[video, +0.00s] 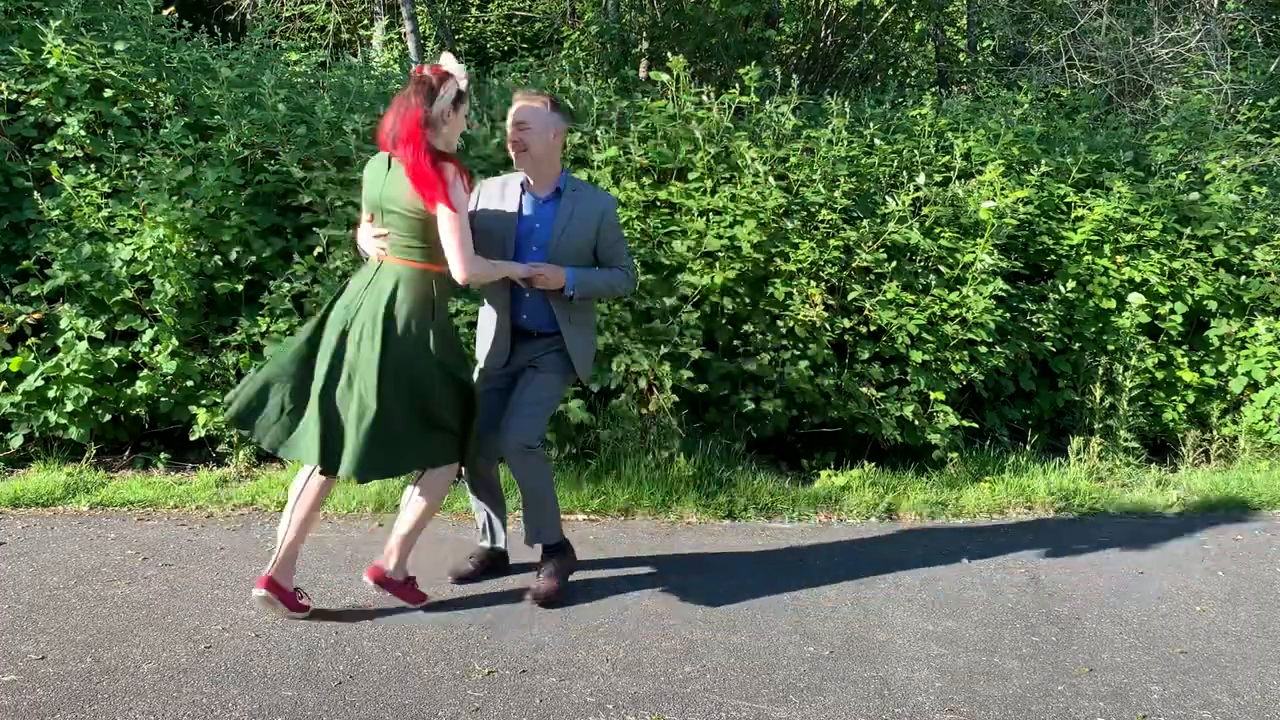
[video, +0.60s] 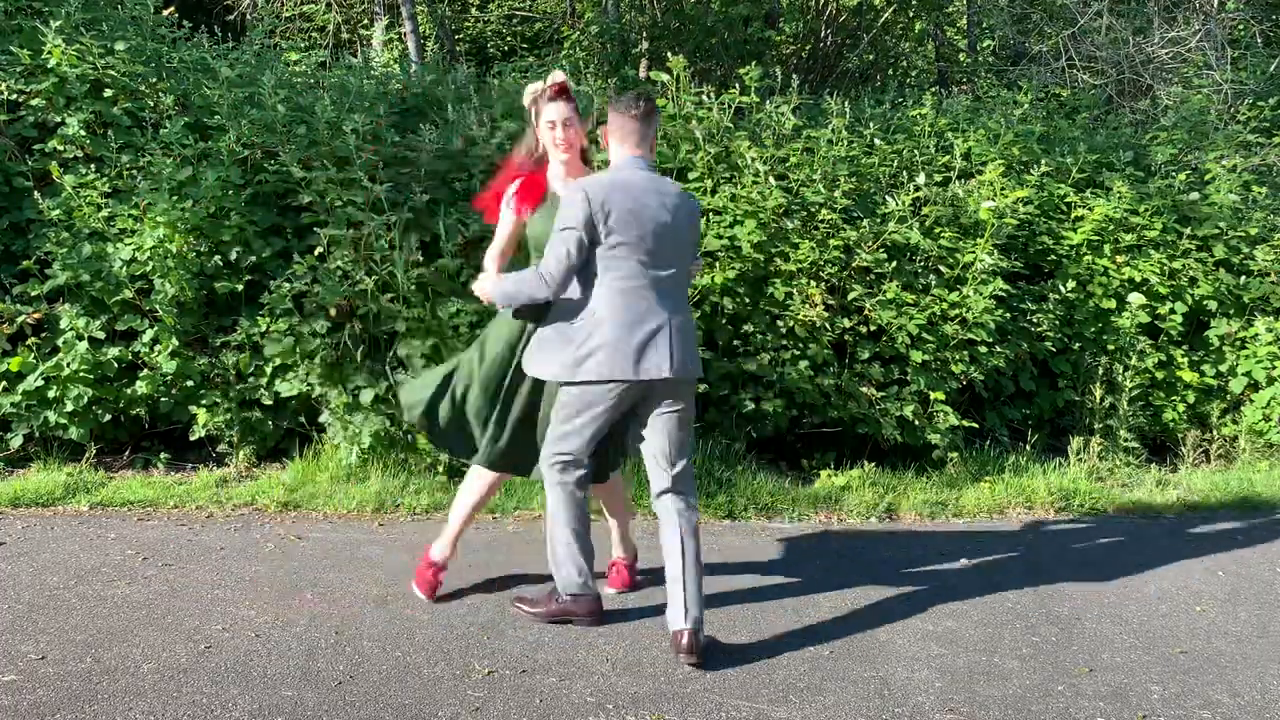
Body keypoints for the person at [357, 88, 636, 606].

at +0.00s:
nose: (512, 136)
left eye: (525, 127)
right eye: (509, 127)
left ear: (560, 135)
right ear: (507, 136)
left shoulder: (596, 206)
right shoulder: (487, 193)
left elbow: (624, 278)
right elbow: (437, 238)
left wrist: (567, 277)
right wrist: (370, 236)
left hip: (558, 349)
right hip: (499, 345)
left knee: (519, 441)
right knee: (476, 445)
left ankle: (553, 552)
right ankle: (493, 547)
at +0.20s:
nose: (532, 147)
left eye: (537, 136)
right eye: (536, 137)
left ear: (557, 137)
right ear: (571, 140)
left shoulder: (618, 198)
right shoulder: (544, 204)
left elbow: (655, 269)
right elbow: (499, 246)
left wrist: (580, 271)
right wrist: (439, 244)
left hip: (592, 356)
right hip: (549, 352)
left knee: (543, 464)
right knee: (516, 453)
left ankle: (578, 593)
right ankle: (496, 551)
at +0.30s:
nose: (553, 140)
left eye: (555, 129)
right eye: (556, 129)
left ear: (568, 126)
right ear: (593, 128)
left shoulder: (617, 181)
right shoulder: (580, 188)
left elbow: (632, 249)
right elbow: (579, 257)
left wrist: (550, 248)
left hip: (609, 354)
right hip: (583, 353)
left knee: (559, 459)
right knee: (540, 444)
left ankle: (580, 596)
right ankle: (552, 559)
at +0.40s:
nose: (568, 134)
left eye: (570, 124)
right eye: (571, 125)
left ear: (580, 127)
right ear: (617, 130)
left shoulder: (608, 182)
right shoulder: (614, 180)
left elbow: (597, 253)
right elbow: (589, 253)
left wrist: (511, 251)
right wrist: (515, 252)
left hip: (602, 355)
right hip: (616, 354)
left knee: (563, 466)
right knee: (582, 465)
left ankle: (578, 594)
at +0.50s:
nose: (584, 139)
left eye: (586, 132)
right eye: (590, 133)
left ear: (594, 135)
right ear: (641, 140)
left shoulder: (595, 187)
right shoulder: (659, 196)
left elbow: (569, 266)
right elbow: (635, 266)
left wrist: (486, 272)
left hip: (598, 361)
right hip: (658, 358)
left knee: (558, 471)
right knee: (633, 473)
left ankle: (574, 594)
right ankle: (676, 594)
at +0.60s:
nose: (596, 142)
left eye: (598, 135)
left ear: (606, 138)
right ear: (655, 141)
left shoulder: (588, 193)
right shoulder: (683, 202)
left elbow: (551, 279)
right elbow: (684, 270)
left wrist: (494, 287)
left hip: (605, 354)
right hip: (675, 357)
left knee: (563, 464)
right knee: (674, 487)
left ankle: (576, 594)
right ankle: (687, 627)